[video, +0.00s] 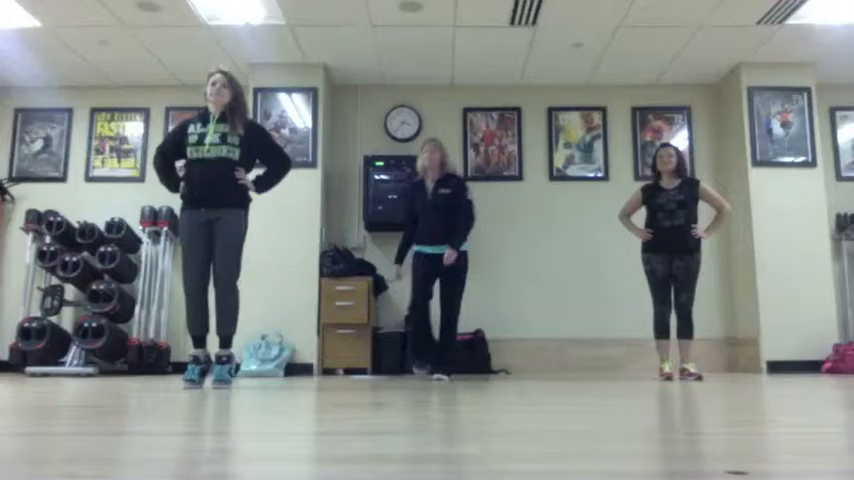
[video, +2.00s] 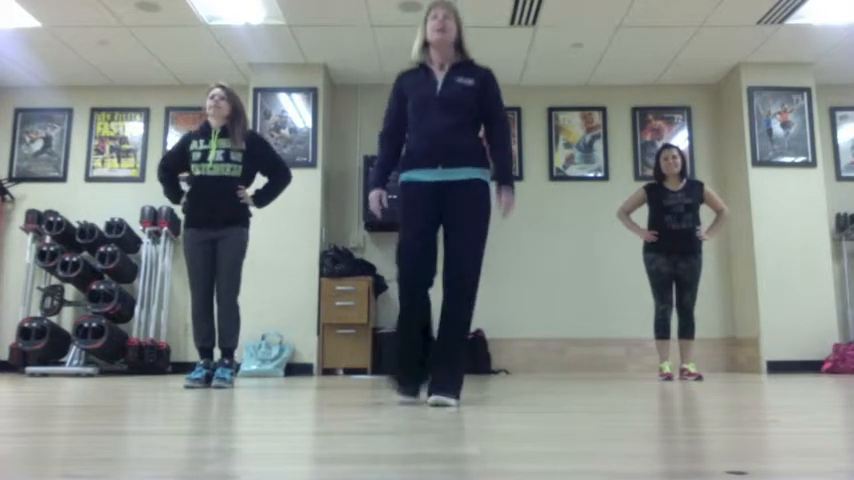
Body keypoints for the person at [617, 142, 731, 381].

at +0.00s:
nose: (666, 160)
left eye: (670, 156)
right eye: (662, 157)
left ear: (678, 160)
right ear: (655, 162)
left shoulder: (692, 186)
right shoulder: (648, 190)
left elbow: (724, 209)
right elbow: (623, 214)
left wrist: (707, 232)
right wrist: (638, 232)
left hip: (686, 253)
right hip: (656, 254)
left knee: (684, 308)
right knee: (662, 309)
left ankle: (686, 363)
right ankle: (664, 363)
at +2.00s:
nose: (671, 162)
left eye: (674, 157)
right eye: (666, 159)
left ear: (682, 161)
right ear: (659, 164)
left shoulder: (696, 188)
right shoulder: (651, 190)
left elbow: (722, 210)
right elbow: (622, 212)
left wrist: (708, 234)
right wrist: (641, 232)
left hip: (689, 253)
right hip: (659, 254)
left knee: (686, 308)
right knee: (663, 307)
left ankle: (686, 363)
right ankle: (664, 363)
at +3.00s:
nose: (646, 163)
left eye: (649, 159)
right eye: (641, 160)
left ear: (656, 162)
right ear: (634, 164)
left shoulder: (668, 191)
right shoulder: (624, 191)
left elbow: (691, 213)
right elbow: (594, 213)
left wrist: (679, 234)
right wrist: (615, 234)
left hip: (664, 253)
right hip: (635, 255)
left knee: (671, 307)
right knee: (641, 310)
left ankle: (672, 362)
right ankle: (648, 364)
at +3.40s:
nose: (642, 164)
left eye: (646, 160)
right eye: (637, 161)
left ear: (654, 163)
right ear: (631, 166)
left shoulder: (667, 191)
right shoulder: (623, 193)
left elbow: (691, 213)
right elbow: (595, 216)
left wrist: (679, 235)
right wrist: (616, 235)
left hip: (664, 254)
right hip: (635, 255)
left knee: (663, 307)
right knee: (642, 309)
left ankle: (662, 362)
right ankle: (648, 363)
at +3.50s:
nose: (642, 164)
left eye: (646, 160)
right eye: (638, 161)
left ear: (654, 163)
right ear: (631, 166)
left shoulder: (667, 191)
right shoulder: (624, 193)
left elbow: (692, 213)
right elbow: (595, 217)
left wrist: (680, 235)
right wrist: (617, 235)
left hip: (665, 253)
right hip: (636, 255)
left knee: (663, 307)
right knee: (642, 309)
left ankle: (662, 362)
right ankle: (648, 363)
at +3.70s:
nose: (643, 164)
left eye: (647, 159)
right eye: (639, 160)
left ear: (655, 163)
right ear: (632, 165)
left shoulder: (668, 190)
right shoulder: (625, 193)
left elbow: (693, 212)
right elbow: (597, 217)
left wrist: (682, 234)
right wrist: (618, 235)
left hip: (666, 253)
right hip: (637, 255)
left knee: (663, 307)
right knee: (643, 309)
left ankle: (662, 362)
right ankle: (648, 363)